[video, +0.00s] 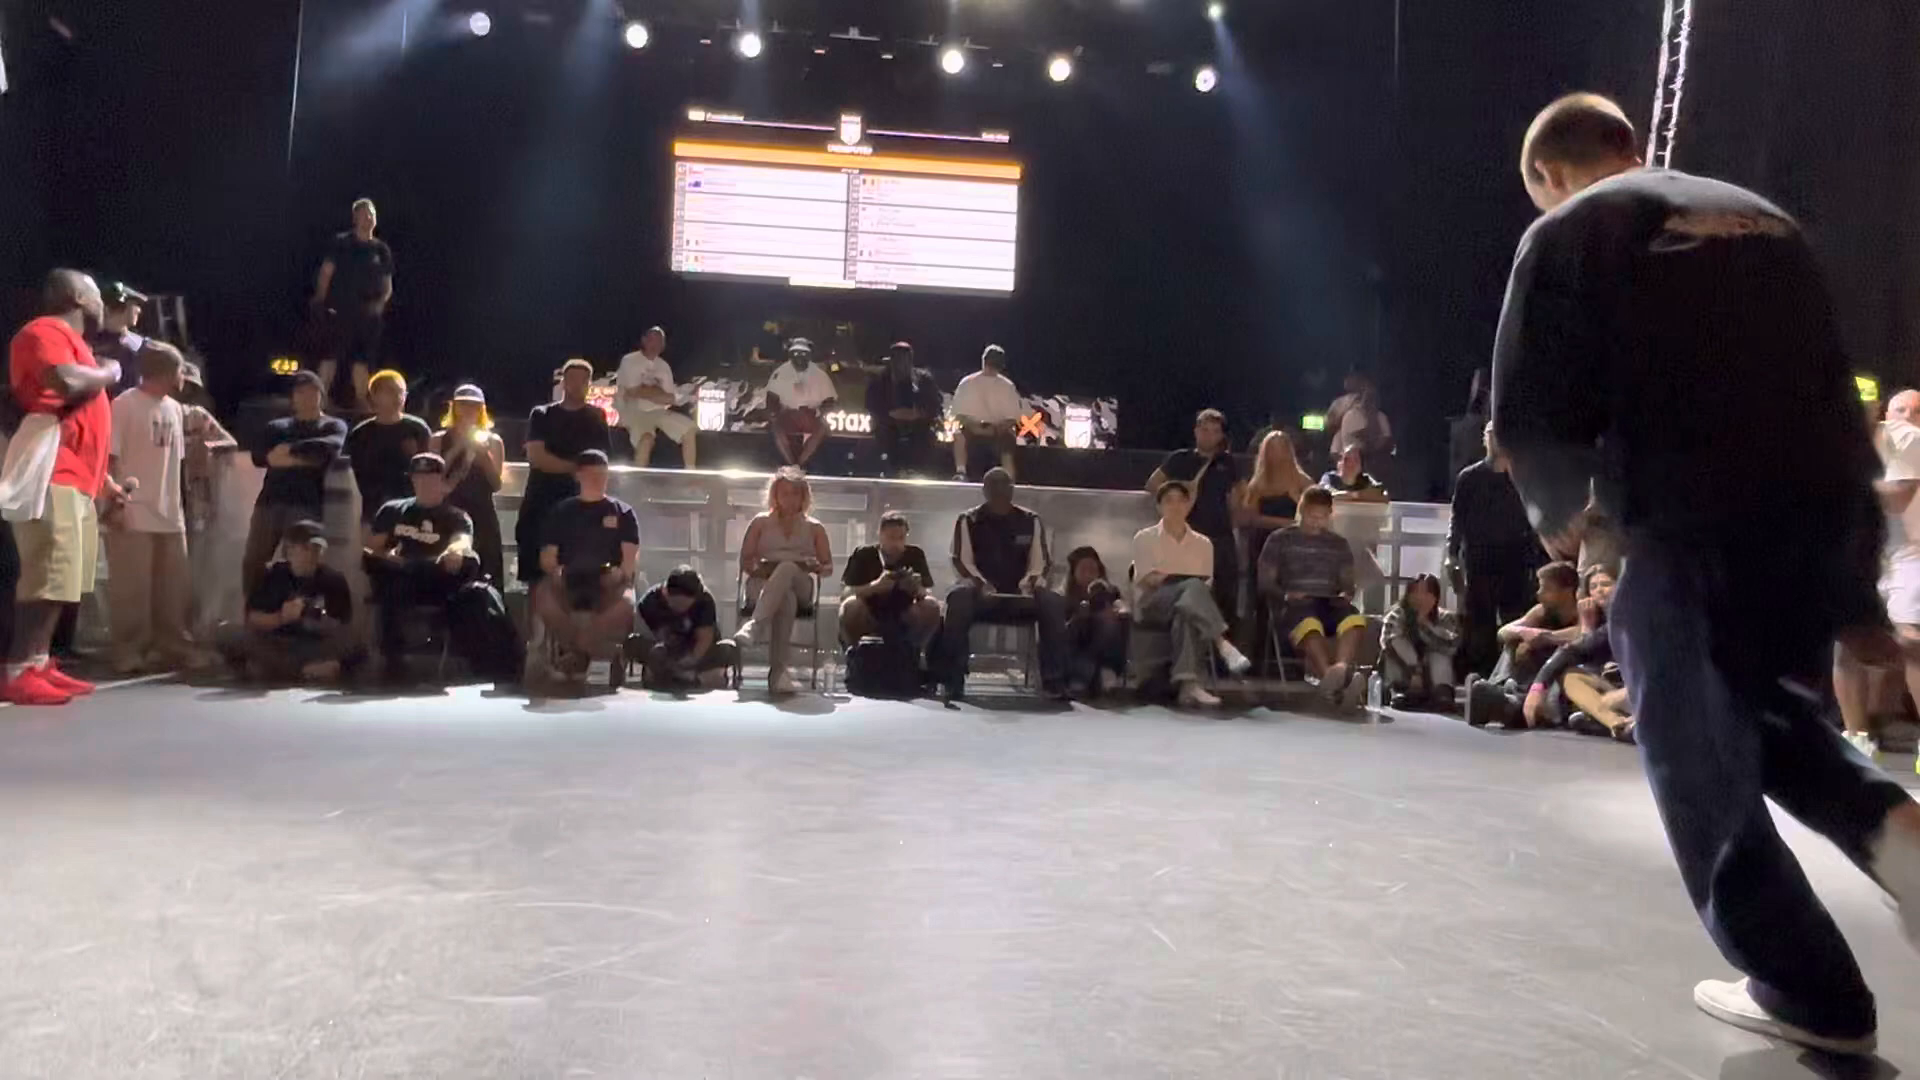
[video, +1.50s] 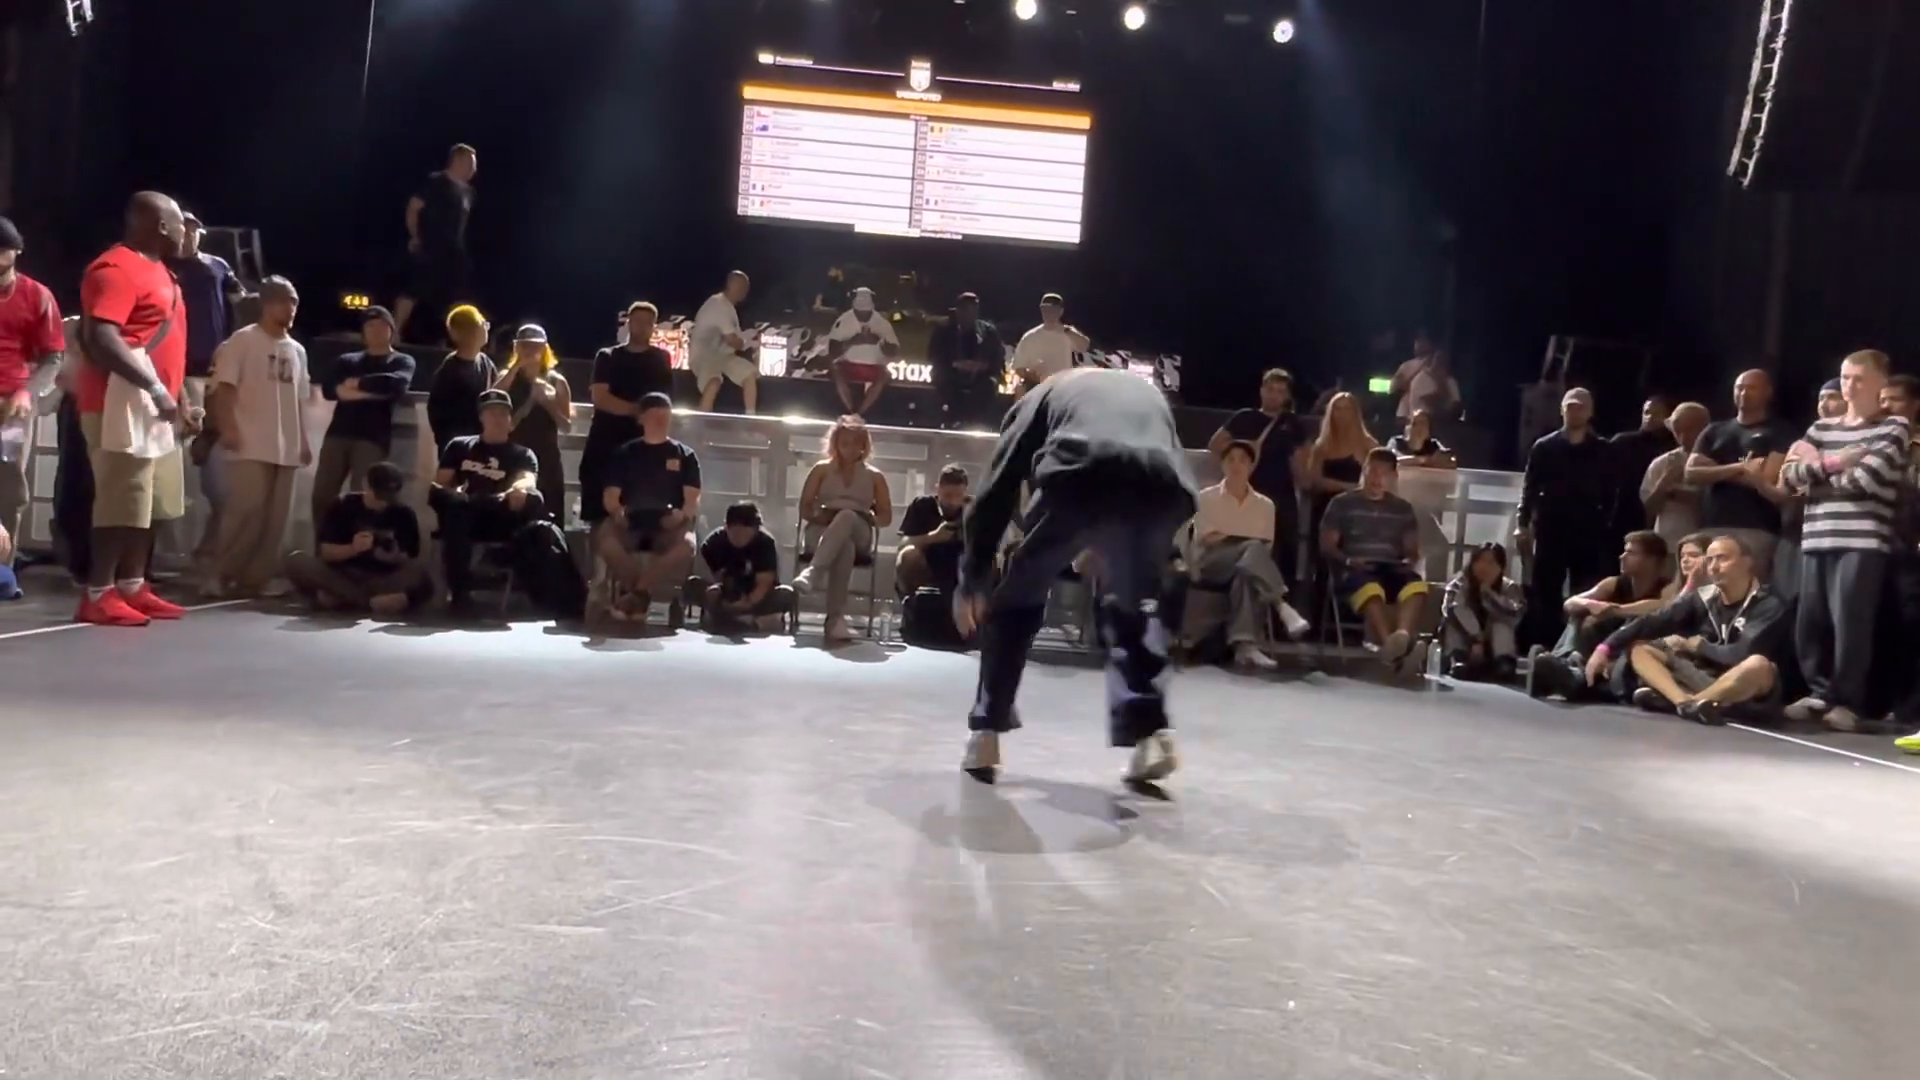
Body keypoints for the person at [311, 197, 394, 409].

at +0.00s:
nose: (367, 220)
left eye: (370, 216)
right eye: (362, 216)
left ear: (375, 220)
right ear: (354, 219)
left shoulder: (381, 249)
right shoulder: (340, 243)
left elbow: (387, 285)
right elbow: (326, 272)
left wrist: (379, 305)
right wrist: (320, 300)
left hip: (367, 311)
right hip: (338, 308)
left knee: (363, 360)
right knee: (330, 357)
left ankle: (363, 404)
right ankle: (320, 401)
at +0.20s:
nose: (367, 200)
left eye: (370, 196)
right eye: (363, 196)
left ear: (376, 200)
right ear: (355, 200)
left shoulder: (383, 228)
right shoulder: (342, 225)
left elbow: (390, 260)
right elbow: (328, 255)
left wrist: (384, 287)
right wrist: (329, 283)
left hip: (372, 293)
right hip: (343, 292)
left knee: (373, 343)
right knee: (337, 342)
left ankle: (377, 390)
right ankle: (333, 385)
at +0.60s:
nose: (377, 175)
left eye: (380, 170)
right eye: (372, 171)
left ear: (385, 174)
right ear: (364, 174)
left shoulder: (393, 202)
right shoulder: (349, 201)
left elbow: (394, 233)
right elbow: (339, 231)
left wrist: (386, 253)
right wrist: (341, 259)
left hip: (384, 265)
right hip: (356, 265)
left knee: (395, 317)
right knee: (356, 319)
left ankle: (403, 366)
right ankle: (354, 365)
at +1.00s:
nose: (399, 161)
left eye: (402, 156)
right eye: (394, 156)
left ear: (406, 159)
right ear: (385, 159)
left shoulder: (416, 187)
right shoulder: (371, 186)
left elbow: (418, 215)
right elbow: (360, 217)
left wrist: (409, 236)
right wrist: (367, 243)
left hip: (411, 251)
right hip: (382, 250)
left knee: (421, 299)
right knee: (379, 300)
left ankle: (422, 345)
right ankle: (376, 345)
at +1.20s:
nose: (422, 157)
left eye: (424, 152)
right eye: (417, 152)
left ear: (427, 155)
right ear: (406, 155)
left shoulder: (431, 183)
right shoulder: (387, 182)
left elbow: (434, 211)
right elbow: (377, 215)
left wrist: (424, 231)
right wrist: (385, 239)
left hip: (426, 244)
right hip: (397, 244)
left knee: (436, 296)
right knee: (389, 296)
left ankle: (441, 344)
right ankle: (384, 340)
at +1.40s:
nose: (455, 165)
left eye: (456, 160)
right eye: (452, 159)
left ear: (455, 161)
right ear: (438, 158)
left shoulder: (452, 188)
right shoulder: (415, 181)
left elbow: (450, 218)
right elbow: (397, 211)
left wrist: (446, 239)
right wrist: (403, 237)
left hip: (443, 246)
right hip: (416, 244)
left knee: (452, 293)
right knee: (403, 293)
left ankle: (451, 338)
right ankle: (391, 334)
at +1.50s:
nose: (474, 167)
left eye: (475, 162)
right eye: (471, 161)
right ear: (458, 161)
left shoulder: (467, 191)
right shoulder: (436, 181)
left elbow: (461, 221)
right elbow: (413, 207)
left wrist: (458, 242)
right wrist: (414, 237)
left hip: (455, 249)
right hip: (429, 246)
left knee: (457, 294)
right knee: (412, 292)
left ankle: (458, 340)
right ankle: (395, 332)